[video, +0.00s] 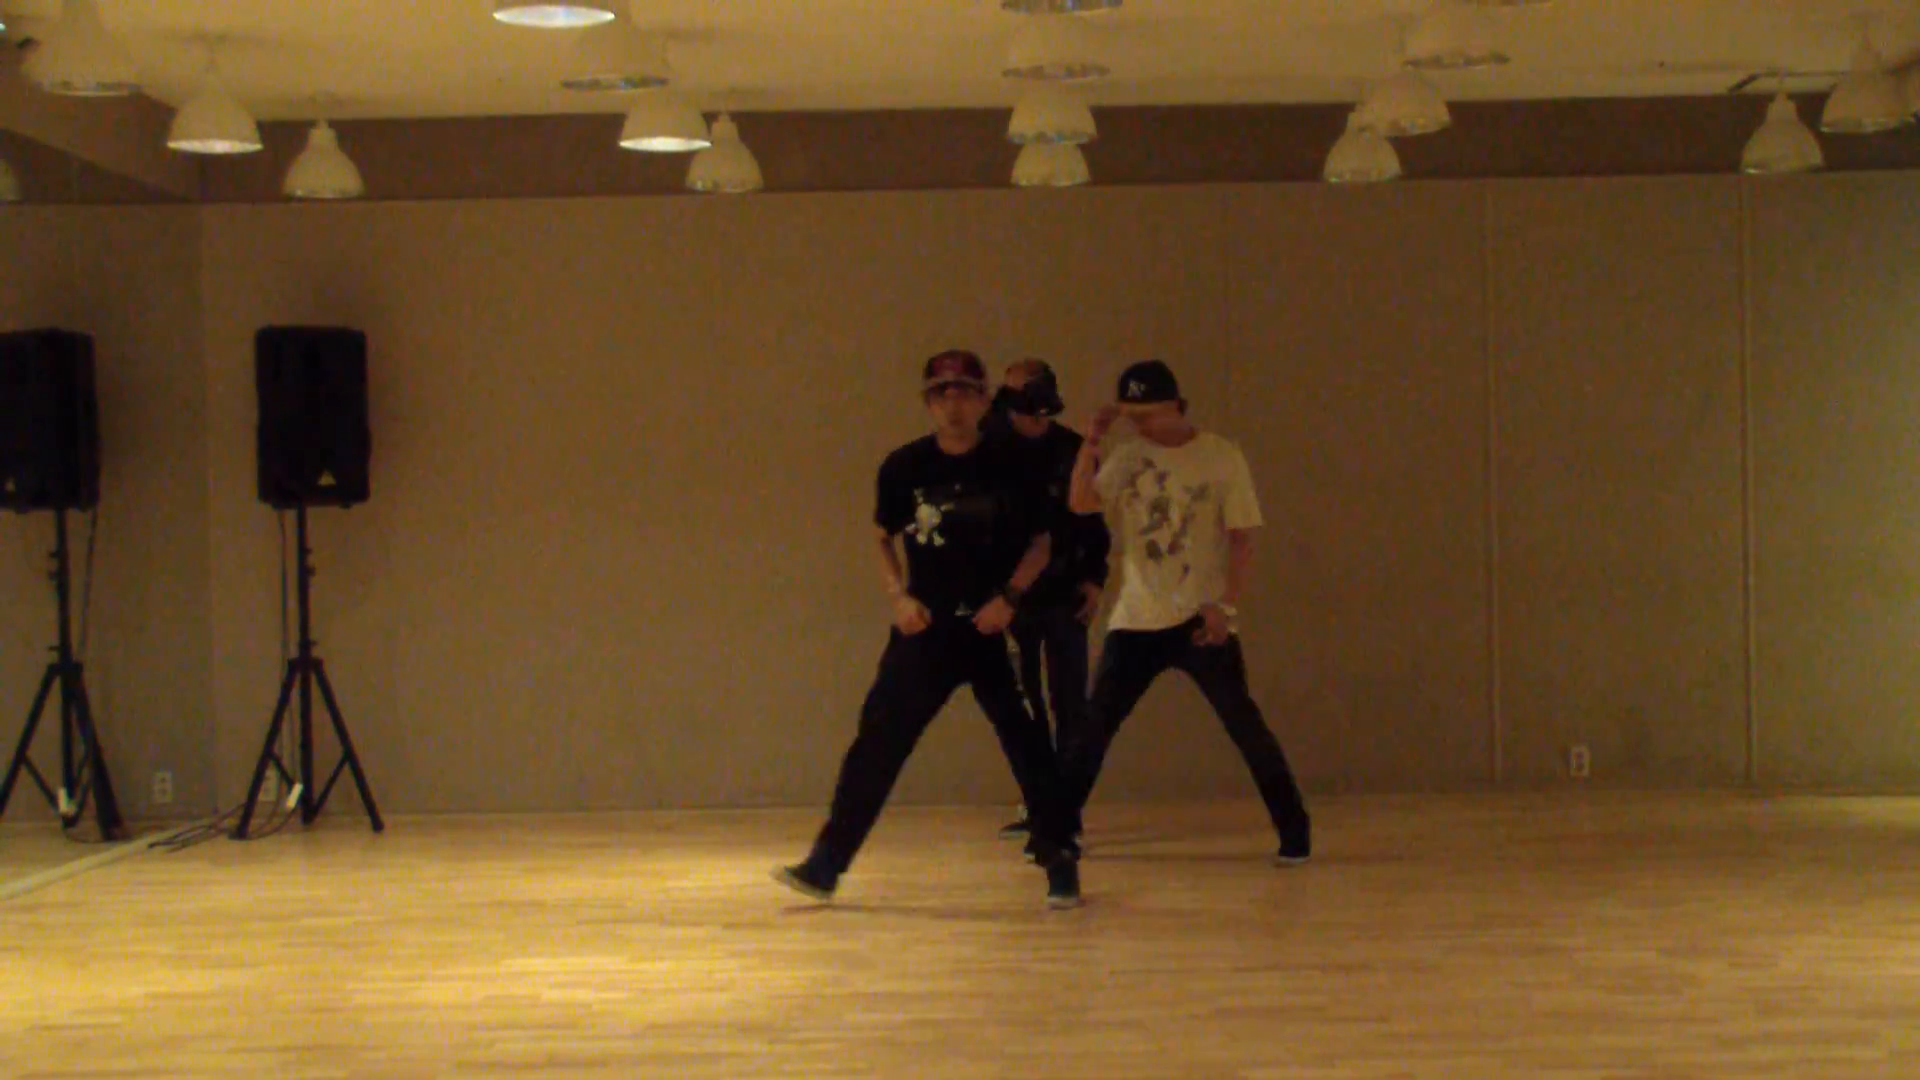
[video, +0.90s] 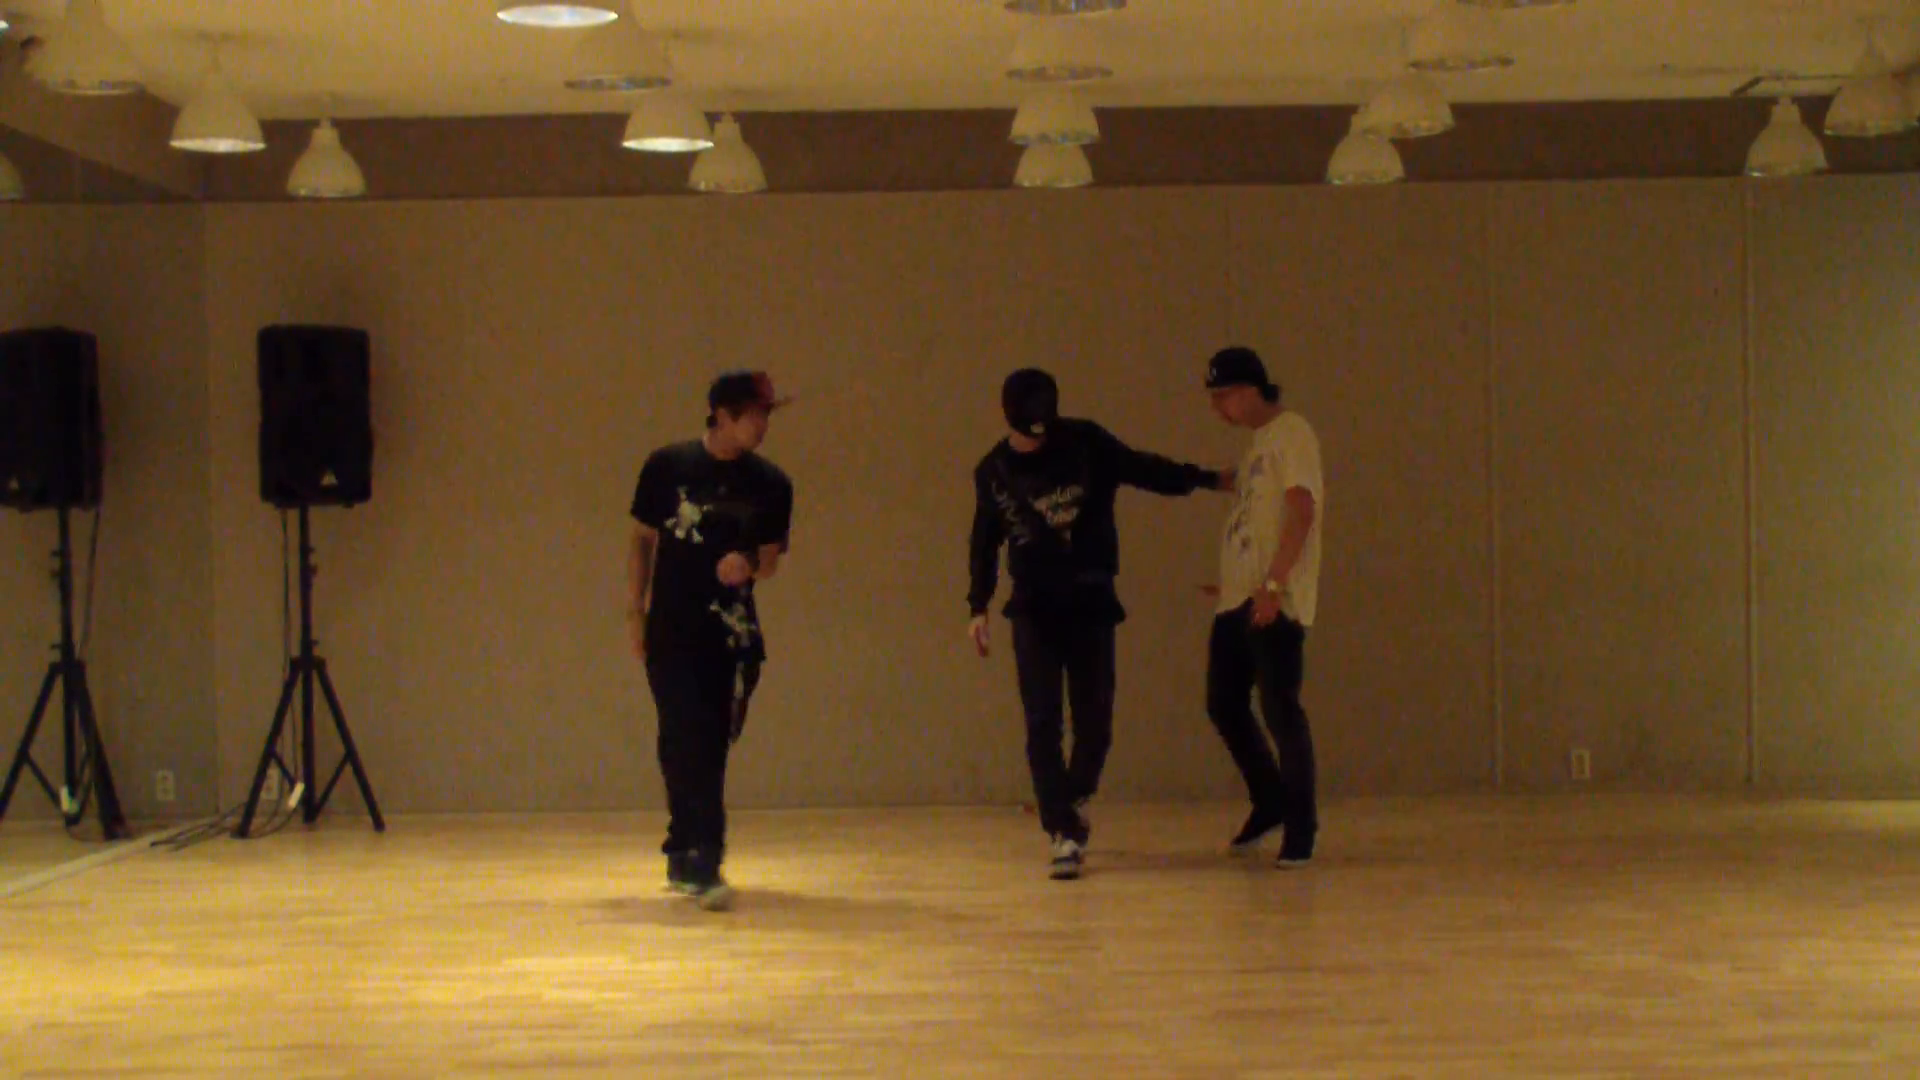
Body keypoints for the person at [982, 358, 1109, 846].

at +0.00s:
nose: (1036, 419)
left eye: (1043, 407)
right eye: (1025, 409)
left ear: (1054, 403)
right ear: (1006, 405)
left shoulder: (1073, 449)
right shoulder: (989, 450)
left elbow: (1094, 523)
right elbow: (973, 525)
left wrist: (1095, 579)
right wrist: (990, 586)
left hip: (1065, 590)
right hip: (1010, 592)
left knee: (1070, 701)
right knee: (1024, 703)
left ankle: (1067, 812)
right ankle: (1037, 805)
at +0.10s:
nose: (1052, 430)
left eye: (1062, 420)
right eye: (1043, 419)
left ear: (1074, 418)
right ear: (1026, 412)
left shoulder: (1085, 463)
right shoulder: (1000, 452)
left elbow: (1097, 533)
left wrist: (1097, 588)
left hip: (1067, 598)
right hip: (1008, 596)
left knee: (1071, 709)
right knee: (1018, 712)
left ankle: (1079, 809)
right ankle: (1030, 810)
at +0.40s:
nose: (1054, 394)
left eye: (1060, 386)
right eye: (1044, 386)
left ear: (1075, 394)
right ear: (1029, 397)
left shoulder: (1100, 446)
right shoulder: (1014, 443)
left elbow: (1118, 508)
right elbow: (1005, 474)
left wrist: (1122, 538)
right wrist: (1031, 409)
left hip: (1079, 595)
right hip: (1024, 592)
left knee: (1078, 709)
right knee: (1021, 705)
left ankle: (1070, 813)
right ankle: (1025, 811)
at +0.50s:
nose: (1043, 414)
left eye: (1052, 405)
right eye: (1037, 404)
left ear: (1067, 403)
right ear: (1025, 400)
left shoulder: (1097, 443)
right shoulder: (1011, 446)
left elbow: (1132, 500)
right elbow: (993, 497)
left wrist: (1164, 495)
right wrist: (1023, 433)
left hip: (1082, 596)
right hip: (1027, 595)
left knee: (1078, 712)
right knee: (1027, 706)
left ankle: (1069, 814)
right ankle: (1031, 812)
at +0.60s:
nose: (1027, 422)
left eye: (1036, 415)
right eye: (1029, 412)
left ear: (1059, 414)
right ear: (1026, 409)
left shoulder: (1100, 446)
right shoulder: (1008, 453)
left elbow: (1145, 479)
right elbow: (977, 521)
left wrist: (1203, 479)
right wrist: (1006, 475)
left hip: (1083, 599)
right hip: (1028, 599)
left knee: (1078, 711)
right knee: (1033, 705)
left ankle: (1070, 815)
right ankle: (1042, 809)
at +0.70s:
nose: (1062, 424)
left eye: (1064, 414)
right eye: (1053, 416)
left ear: (1066, 410)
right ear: (1027, 411)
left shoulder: (1098, 445)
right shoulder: (1004, 457)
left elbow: (1158, 473)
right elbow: (975, 529)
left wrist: (1230, 475)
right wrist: (985, 531)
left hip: (1085, 600)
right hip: (1030, 602)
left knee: (1079, 712)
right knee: (1039, 707)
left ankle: (1069, 816)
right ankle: (1054, 814)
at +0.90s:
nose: (1036, 441)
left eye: (1043, 431)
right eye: (1027, 432)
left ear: (1054, 417)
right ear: (1008, 422)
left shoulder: (1087, 443)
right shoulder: (995, 471)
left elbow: (1144, 470)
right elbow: (985, 540)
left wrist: (1209, 479)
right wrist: (979, 606)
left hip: (1091, 607)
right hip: (1034, 611)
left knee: (1094, 725)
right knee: (1042, 722)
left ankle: (1071, 801)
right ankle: (1063, 834)